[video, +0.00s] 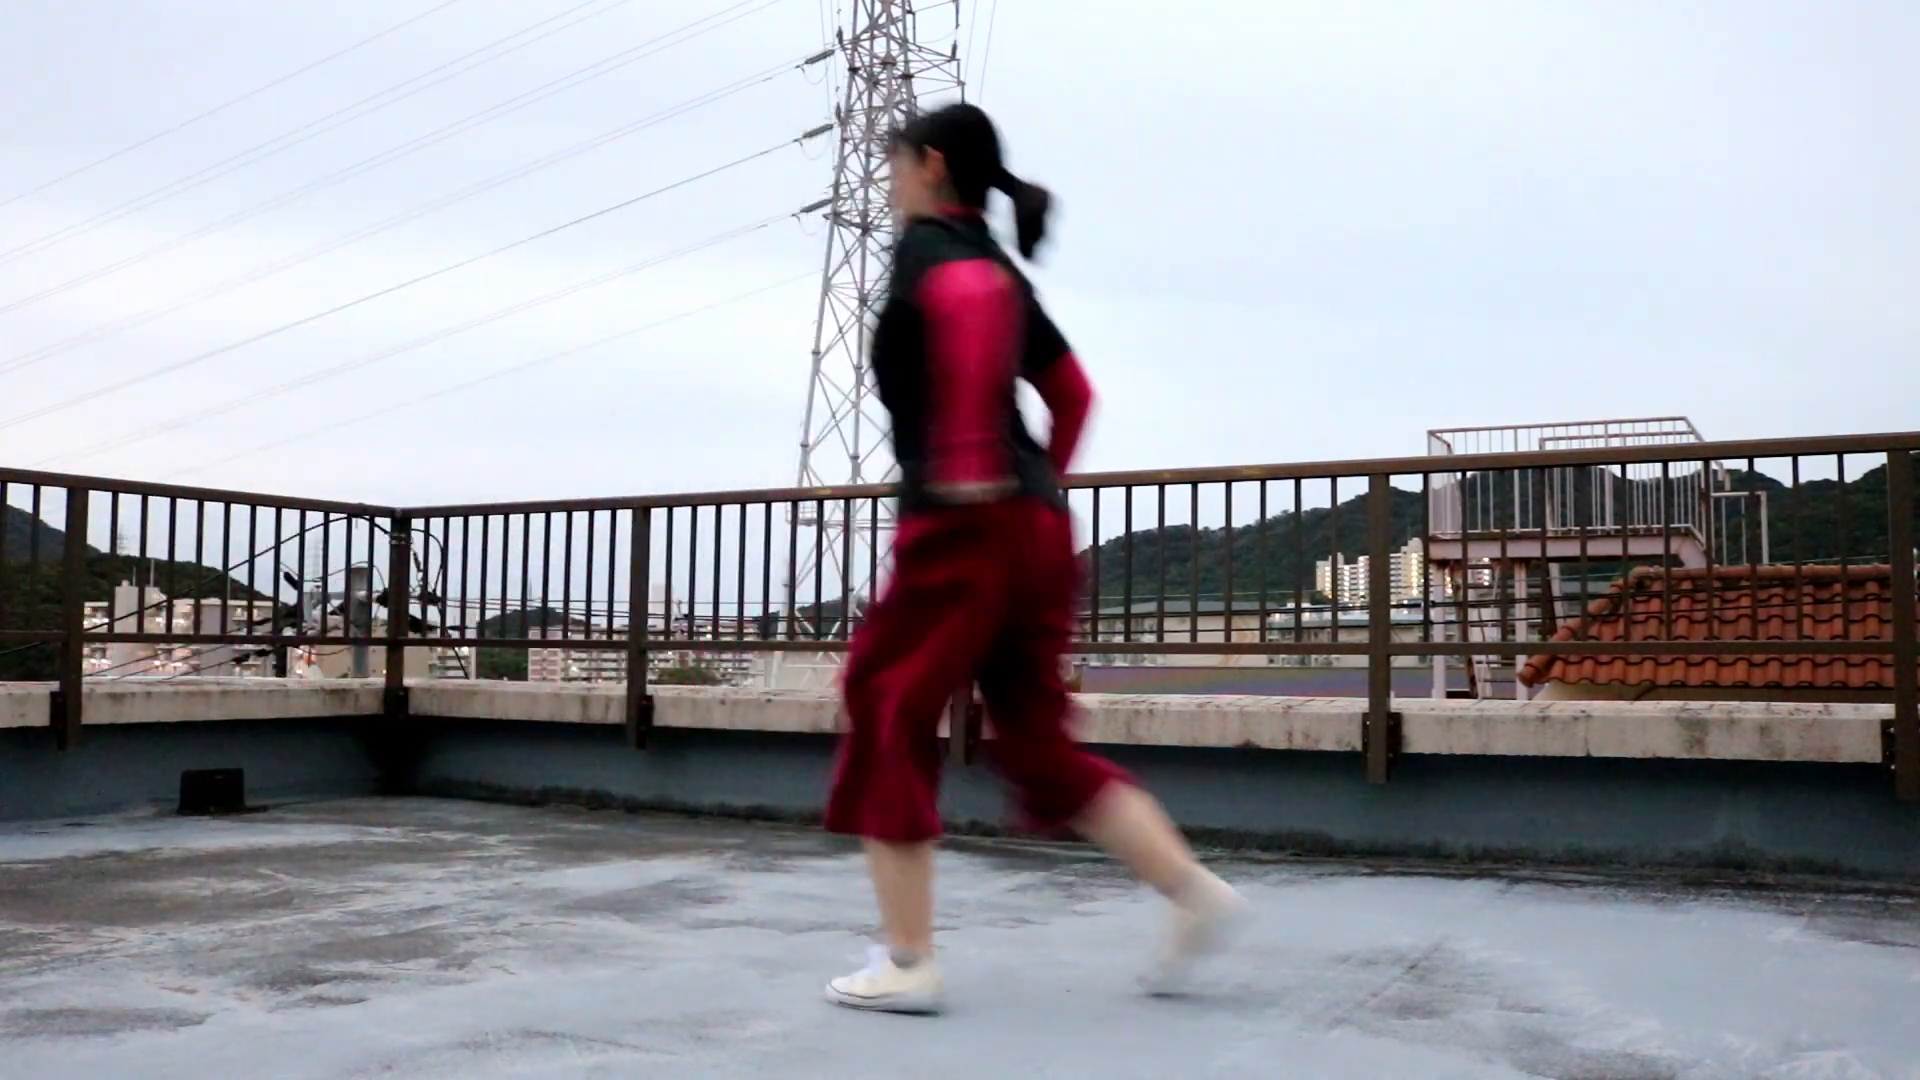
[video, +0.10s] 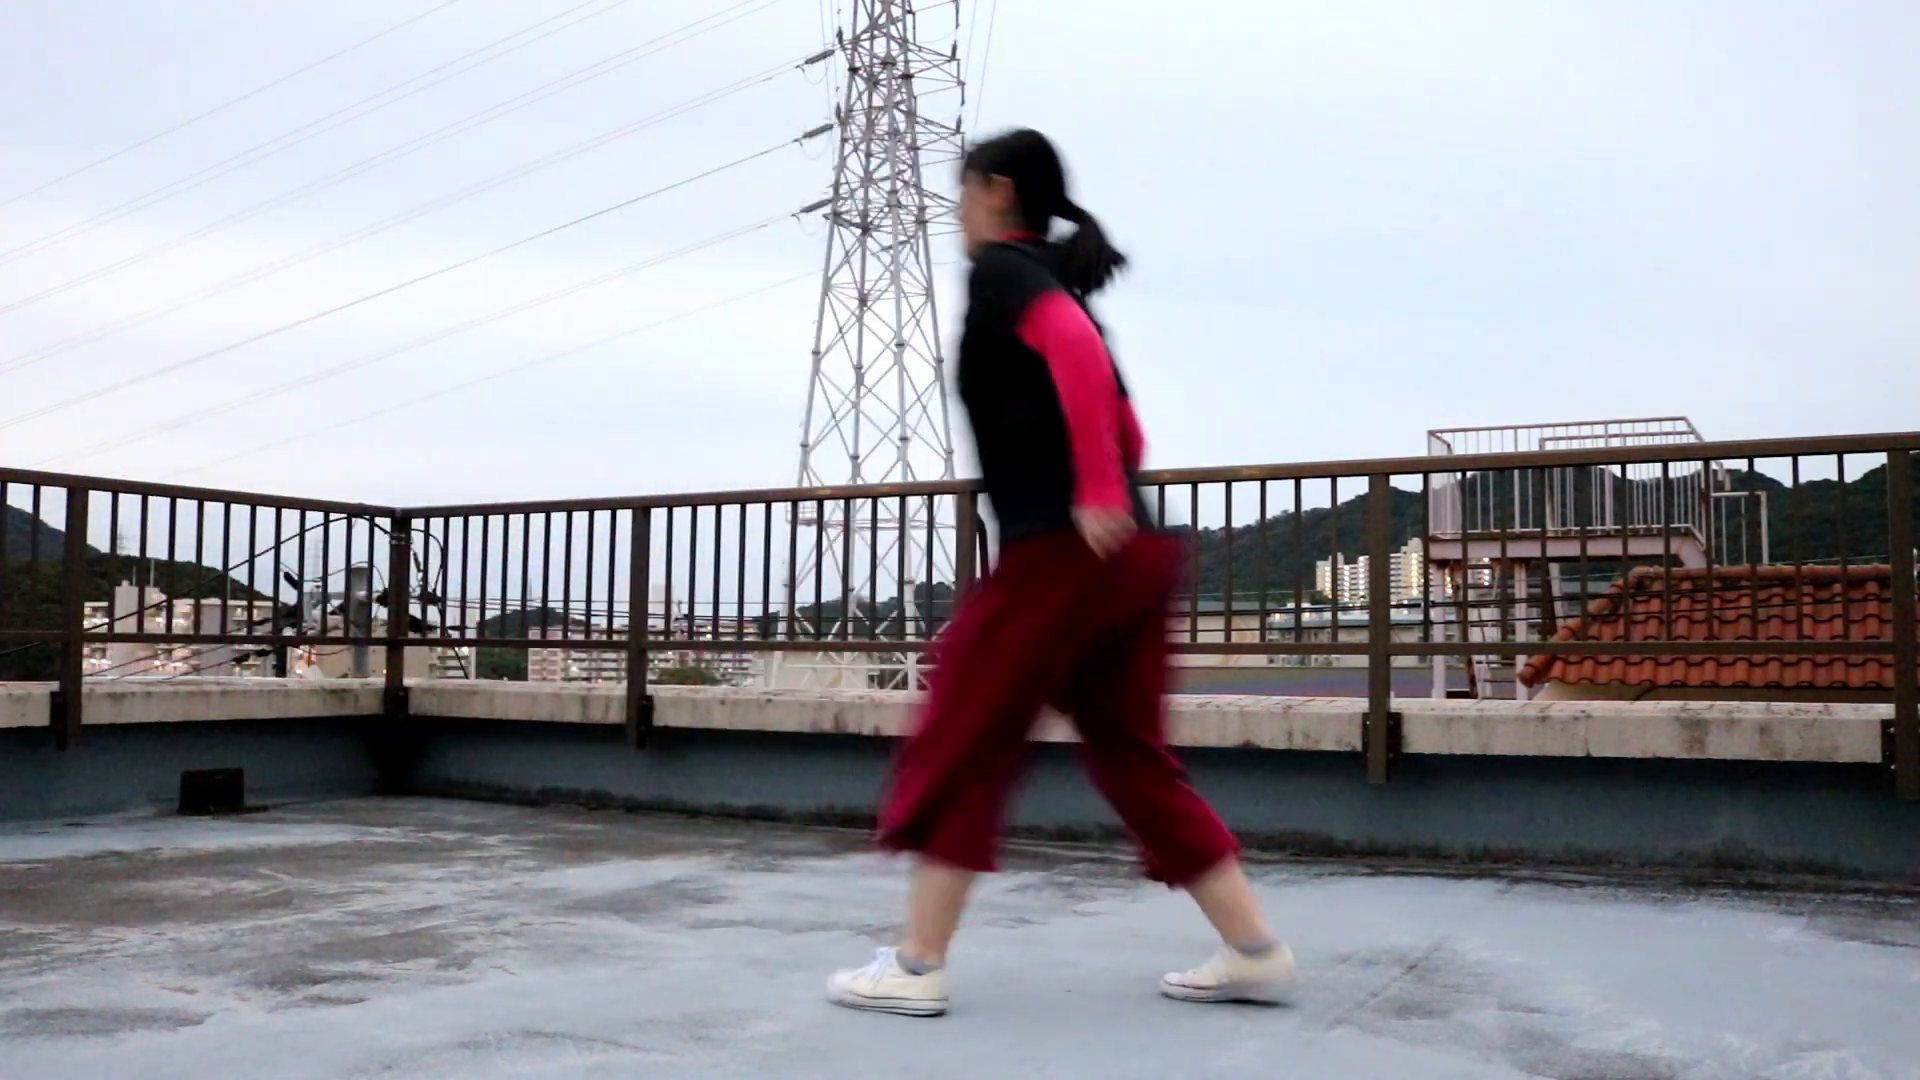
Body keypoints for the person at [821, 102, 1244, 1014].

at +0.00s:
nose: (889, 175)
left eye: (899, 161)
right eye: (895, 160)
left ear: (932, 169)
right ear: (962, 179)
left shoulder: (926, 249)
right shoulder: (998, 271)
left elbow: (975, 311)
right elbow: (1074, 394)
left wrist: (966, 462)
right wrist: (1042, 490)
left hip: (958, 531)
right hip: (1036, 531)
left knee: (884, 705)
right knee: (1034, 737)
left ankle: (909, 960)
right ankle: (1194, 890)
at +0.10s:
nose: (958, 205)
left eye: (967, 189)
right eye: (962, 190)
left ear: (1000, 194)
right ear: (1022, 200)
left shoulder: (1006, 271)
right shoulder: (1042, 281)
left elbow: (1079, 353)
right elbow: (1120, 423)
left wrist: (1097, 488)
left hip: (1055, 554)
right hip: (1116, 549)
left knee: (972, 735)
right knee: (1127, 748)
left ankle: (918, 963)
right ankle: (1253, 947)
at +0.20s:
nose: (1029, 227)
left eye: (1043, 210)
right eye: (1029, 212)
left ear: (1097, 213)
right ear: (1098, 222)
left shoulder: (1089, 294)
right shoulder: (1134, 308)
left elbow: (1108, 400)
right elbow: (1158, 474)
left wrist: (1095, 541)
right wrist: (1056, 543)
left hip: (1173, 553)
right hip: (1234, 556)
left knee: (1046, 722)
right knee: (1188, 753)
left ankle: (1069, 937)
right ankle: (1261, 961)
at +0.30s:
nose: (1106, 213)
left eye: (1122, 194)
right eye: (1091, 207)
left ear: (1169, 197)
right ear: (1086, 227)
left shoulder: (1145, 284)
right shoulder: (1200, 283)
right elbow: (1134, 448)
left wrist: (1119, 439)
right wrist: (1050, 408)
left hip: (1245, 517)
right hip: (1314, 522)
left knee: (1108, 659)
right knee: (1253, 730)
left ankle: (1234, 805)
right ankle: (1264, 959)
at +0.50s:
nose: (1219, 227)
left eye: (1231, 204)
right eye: (1199, 224)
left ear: (1279, 210)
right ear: (1195, 259)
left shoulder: (1298, 279)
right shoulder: (1252, 362)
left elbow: (1302, 319)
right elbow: (1143, 434)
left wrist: (1315, 483)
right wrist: (1079, 350)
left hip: (1399, 525)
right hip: (1434, 545)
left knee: (1209, 597)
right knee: (1355, 767)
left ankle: (1210, 827)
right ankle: (1460, 979)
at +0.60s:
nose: (1252, 230)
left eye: (1268, 210)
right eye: (1233, 225)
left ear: (1310, 214)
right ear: (1224, 250)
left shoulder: (1337, 271)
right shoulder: (1292, 365)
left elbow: (1365, 314)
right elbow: (1196, 448)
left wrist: (1384, 457)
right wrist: (1145, 355)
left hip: (1474, 500)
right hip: (1463, 529)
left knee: (1269, 577)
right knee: (1396, 730)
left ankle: (1281, 805)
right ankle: (1454, 954)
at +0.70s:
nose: (1300, 239)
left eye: (1315, 218)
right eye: (1280, 232)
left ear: (1359, 222)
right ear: (1269, 256)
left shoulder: (1390, 284)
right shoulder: (1332, 374)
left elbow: (1419, 327)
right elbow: (1237, 437)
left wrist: (1444, 467)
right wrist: (1139, 370)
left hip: (1525, 499)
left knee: (1315, 596)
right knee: (1430, 751)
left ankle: (1232, 803)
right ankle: (1556, 959)